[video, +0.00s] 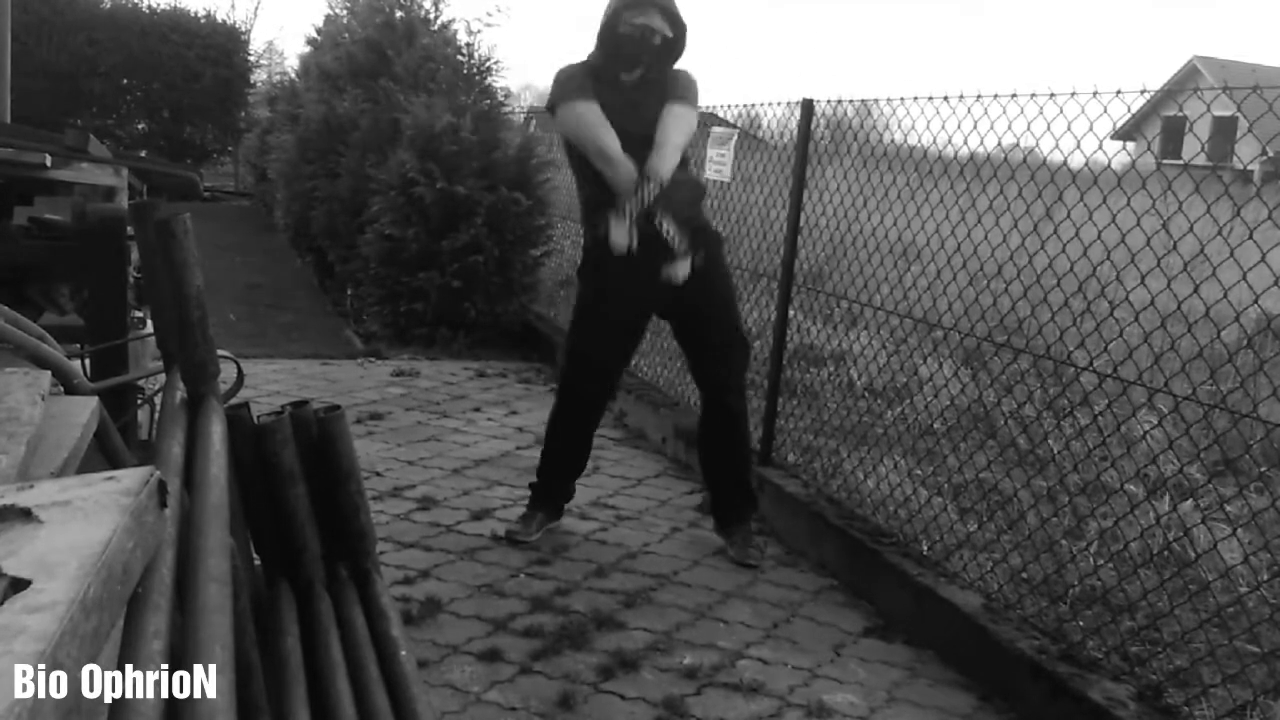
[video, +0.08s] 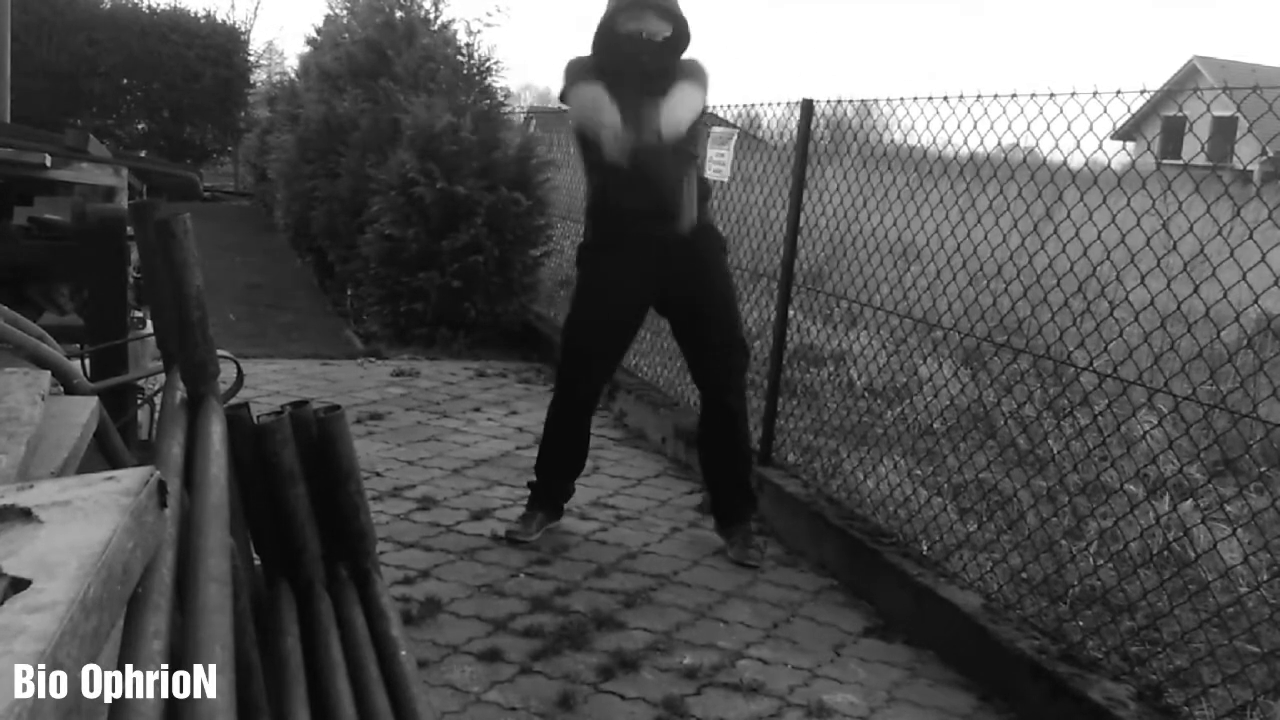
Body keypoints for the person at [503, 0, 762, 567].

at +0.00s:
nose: (644, 44)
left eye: (657, 37)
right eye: (634, 30)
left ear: (670, 46)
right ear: (611, 29)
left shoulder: (679, 85)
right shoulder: (572, 82)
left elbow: (672, 144)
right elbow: (603, 152)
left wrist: (648, 190)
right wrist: (647, 214)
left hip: (689, 255)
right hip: (615, 254)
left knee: (725, 378)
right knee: (584, 383)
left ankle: (736, 518)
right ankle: (546, 503)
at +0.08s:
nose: (645, 48)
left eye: (658, 39)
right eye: (633, 35)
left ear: (676, 43)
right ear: (609, 35)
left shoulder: (688, 77)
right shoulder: (586, 77)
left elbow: (681, 108)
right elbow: (590, 109)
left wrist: (651, 126)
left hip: (690, 254)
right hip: (616, 251)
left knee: (725, 377)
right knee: (578, 377)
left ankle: (735, 518)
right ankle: (546, 502)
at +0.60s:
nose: (682, 52)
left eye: (696, 44)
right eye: (672, 40)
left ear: (712, 38)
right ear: (656, 26)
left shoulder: (729, 75)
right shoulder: (623, 54)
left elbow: (771, 139)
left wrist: (744, 138)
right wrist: (593, 82)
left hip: (685, 259)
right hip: (610, 249)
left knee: (707, 389)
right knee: (567, 376)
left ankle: (727, 524)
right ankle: (542, 500)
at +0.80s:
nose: (672, 59)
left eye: (683, 52)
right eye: (662, 46)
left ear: (694, 55)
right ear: (638, 39)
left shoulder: (680, 109)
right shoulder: (599, 77)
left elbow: (674, 188)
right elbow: (554, 115)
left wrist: (707, 159)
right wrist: (529, 150)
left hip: (685, 262)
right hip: (615, 260)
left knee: (716, 386)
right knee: (582, 386)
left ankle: (734, 520)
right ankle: (545, 504)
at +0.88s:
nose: (663, 59)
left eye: (675, 50)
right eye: (653, 46)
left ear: (687, 53)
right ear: (629, 39)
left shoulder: (675, 107)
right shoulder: (595, 78)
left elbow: (702, 182)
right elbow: (563, 117)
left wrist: (722, 132)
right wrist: (539, 154)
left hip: (684, 262)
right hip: (615, 261)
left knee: (718, 385)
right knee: (581, 386)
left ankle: (734, 520)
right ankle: (546, 503)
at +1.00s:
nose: (653, 34)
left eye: (659, 26)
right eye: (651, 24)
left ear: (620, 13)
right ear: (671, 16)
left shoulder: (696, 66)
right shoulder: (589, 67)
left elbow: (764, 63)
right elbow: (552, 134)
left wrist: (741, 13)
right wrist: (583, 178)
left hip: (689, 245)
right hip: (613, 244)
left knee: (721, 380)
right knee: (576, 376)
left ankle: (736, 519)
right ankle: (544, 502)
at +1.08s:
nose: (643, 47)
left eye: (655, 37)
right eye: (631, 37)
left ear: (675, 30)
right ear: (616, 31)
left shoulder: (706, 56)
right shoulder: (603, 77)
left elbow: (743, 4)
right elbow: (558, 141)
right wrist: (581, 159)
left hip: (686, 251)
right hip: (612, 248)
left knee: (718, 383)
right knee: (576, 376)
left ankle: (733, 519)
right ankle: (543, 499)